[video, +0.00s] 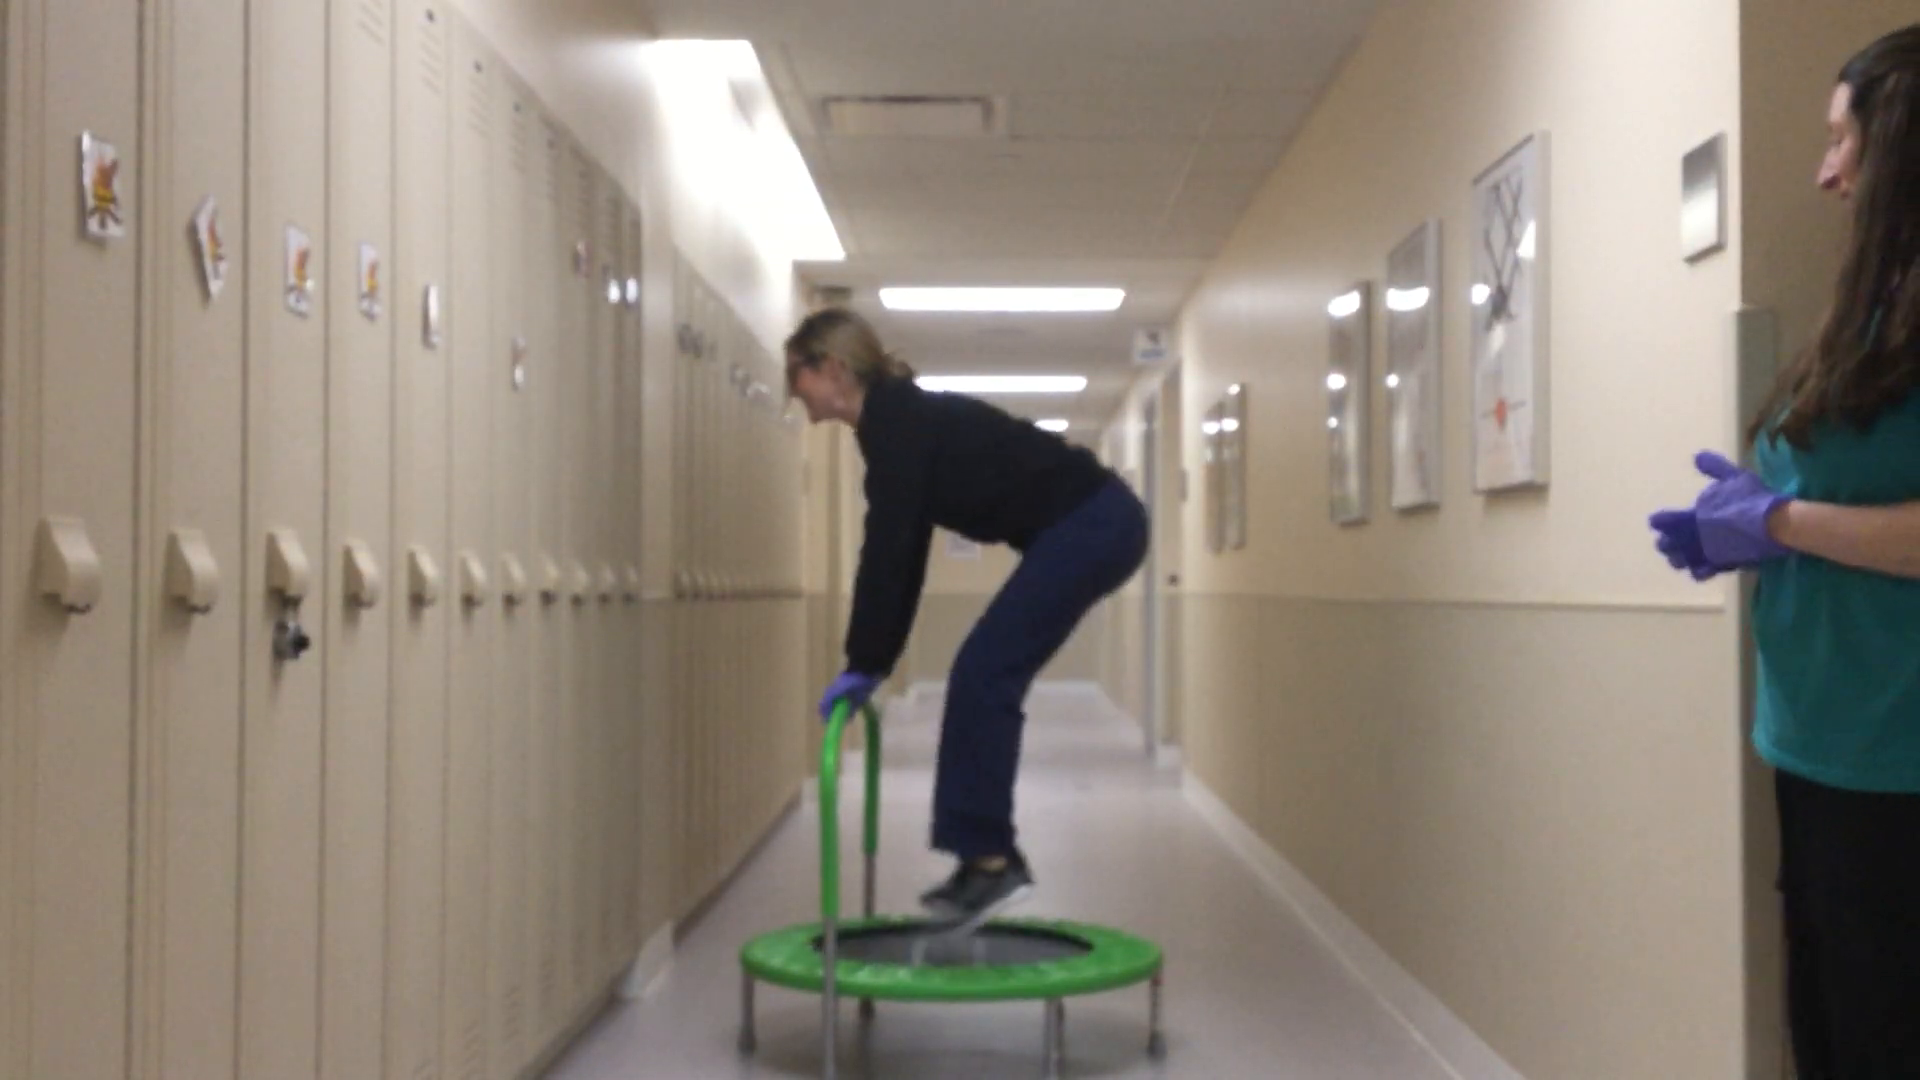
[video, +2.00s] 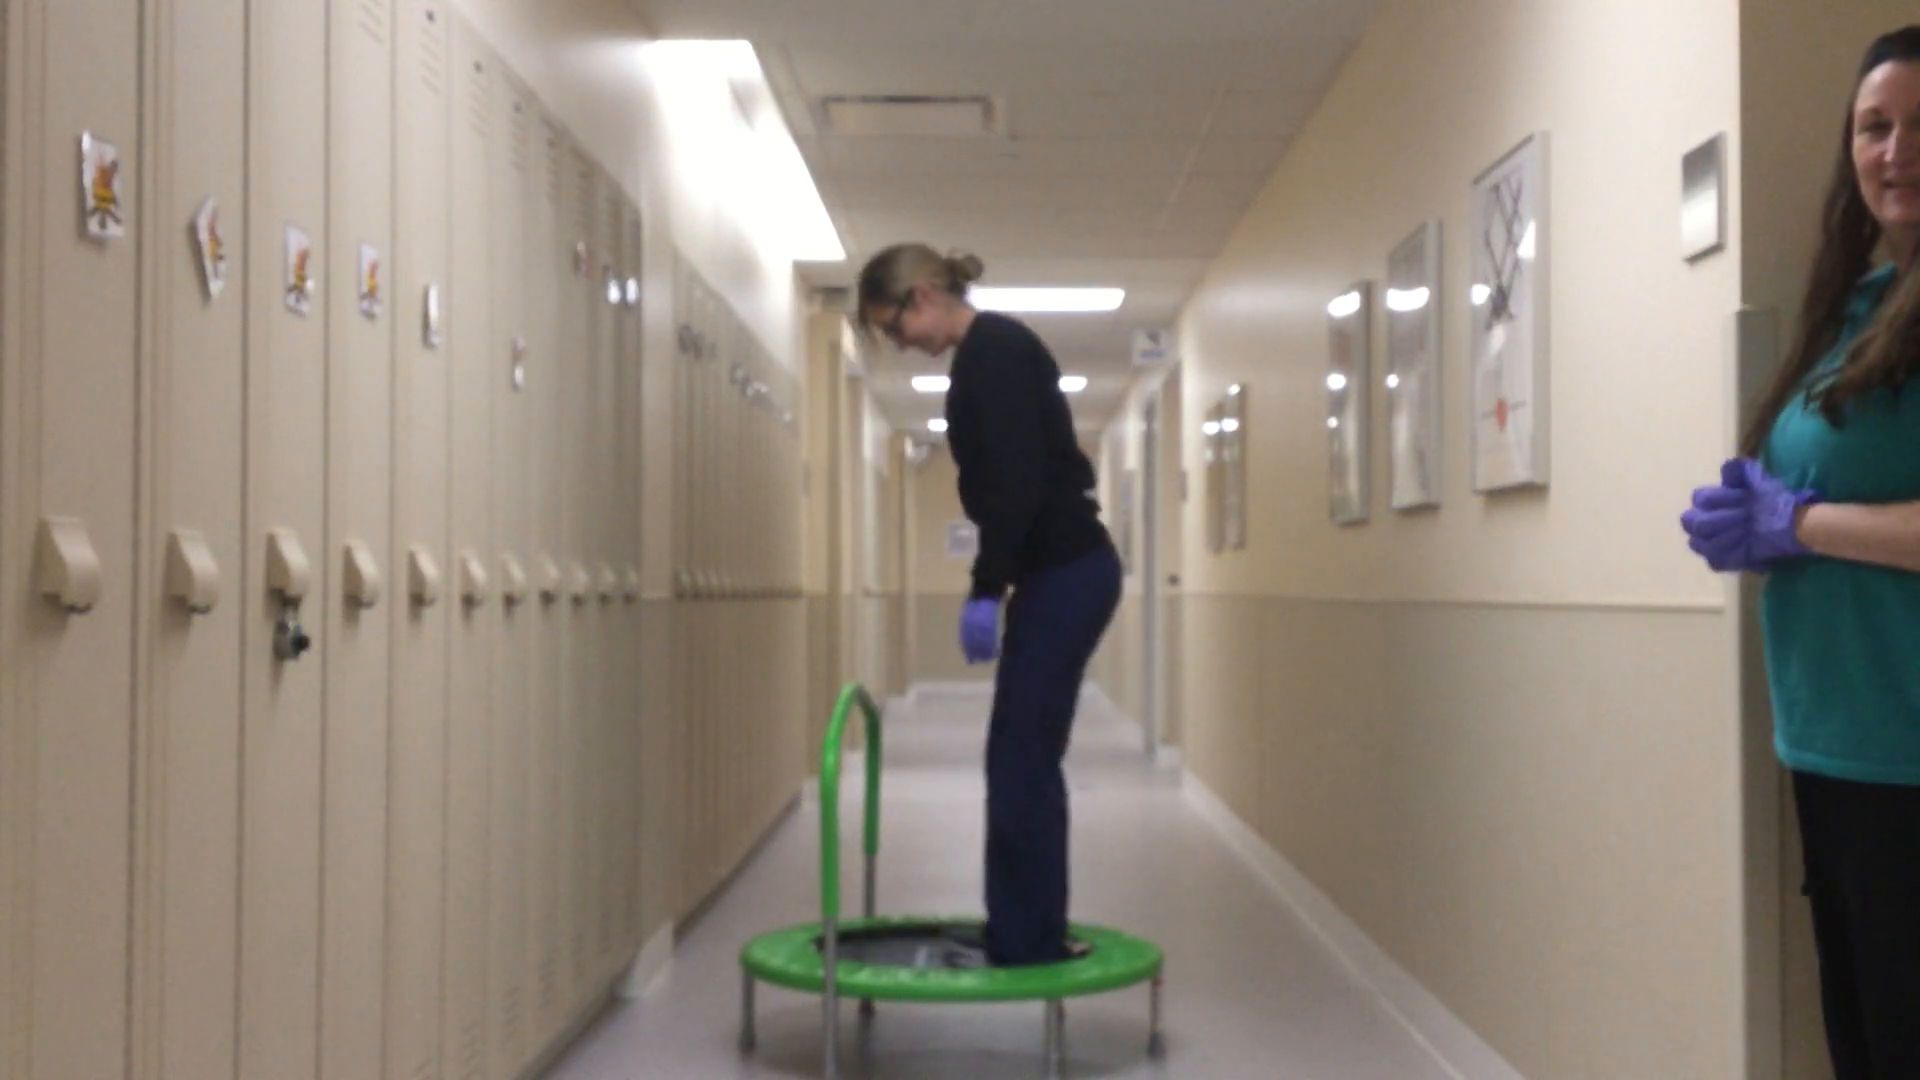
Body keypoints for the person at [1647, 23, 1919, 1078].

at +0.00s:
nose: (1826, 172)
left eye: (1843, 140)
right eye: (1829, 141)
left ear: (1900, 146)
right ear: (1879, 149)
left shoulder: (1907, 317)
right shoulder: (1866, 314)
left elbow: (1914, 534)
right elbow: (1833, 478)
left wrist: (1780, 522)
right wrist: (1752, 503)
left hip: (1887, 750)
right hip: (1814, 736)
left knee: (1878, 1032)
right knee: (1826, 1025)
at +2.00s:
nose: (1891, 149)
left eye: (1912, 126)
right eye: (1874, 126)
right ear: (1848, 145)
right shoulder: (1848, 297)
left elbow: (1915, 524)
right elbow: (1814, 469)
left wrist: (1800, 522)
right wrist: (1756, 505)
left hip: (1899, 740)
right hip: (1824, 731)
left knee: (1898, 1028)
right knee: (1858, 1025)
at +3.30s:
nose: (1876, 155)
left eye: (1901, 126)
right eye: (1853, 133)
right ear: (1832, 157)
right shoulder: (1839, 302)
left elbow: (1917, 524)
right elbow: (1802, 467)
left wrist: (1790, 520)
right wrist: (1748, 504)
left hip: (1900, 748)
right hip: (1819, 740)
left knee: (1897, 1035)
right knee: (1854, 1034)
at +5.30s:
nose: (1731, 169)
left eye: (1753, 135)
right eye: (1726, 143)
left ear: (1841, 133)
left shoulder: (1899, 300)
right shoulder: (1762, 307)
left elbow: (1915, 541)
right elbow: (1766, 548)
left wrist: (1774, 602)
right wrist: (1674, 677)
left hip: (1896, 777)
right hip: (1804, 774)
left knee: (1889, 1050)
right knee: (1845, 1052)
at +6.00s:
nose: (1717, 163)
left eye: (1739, 123)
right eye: (1695, 146)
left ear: (1812, 114)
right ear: (1686, 166)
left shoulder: (1887, 271)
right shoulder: (1726, 305)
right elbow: (1726, 547)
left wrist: (1831, 593)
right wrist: (1681, 732)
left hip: (1883, 780)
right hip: (1771, 784)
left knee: (1876, 1049)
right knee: (1806, 1049)